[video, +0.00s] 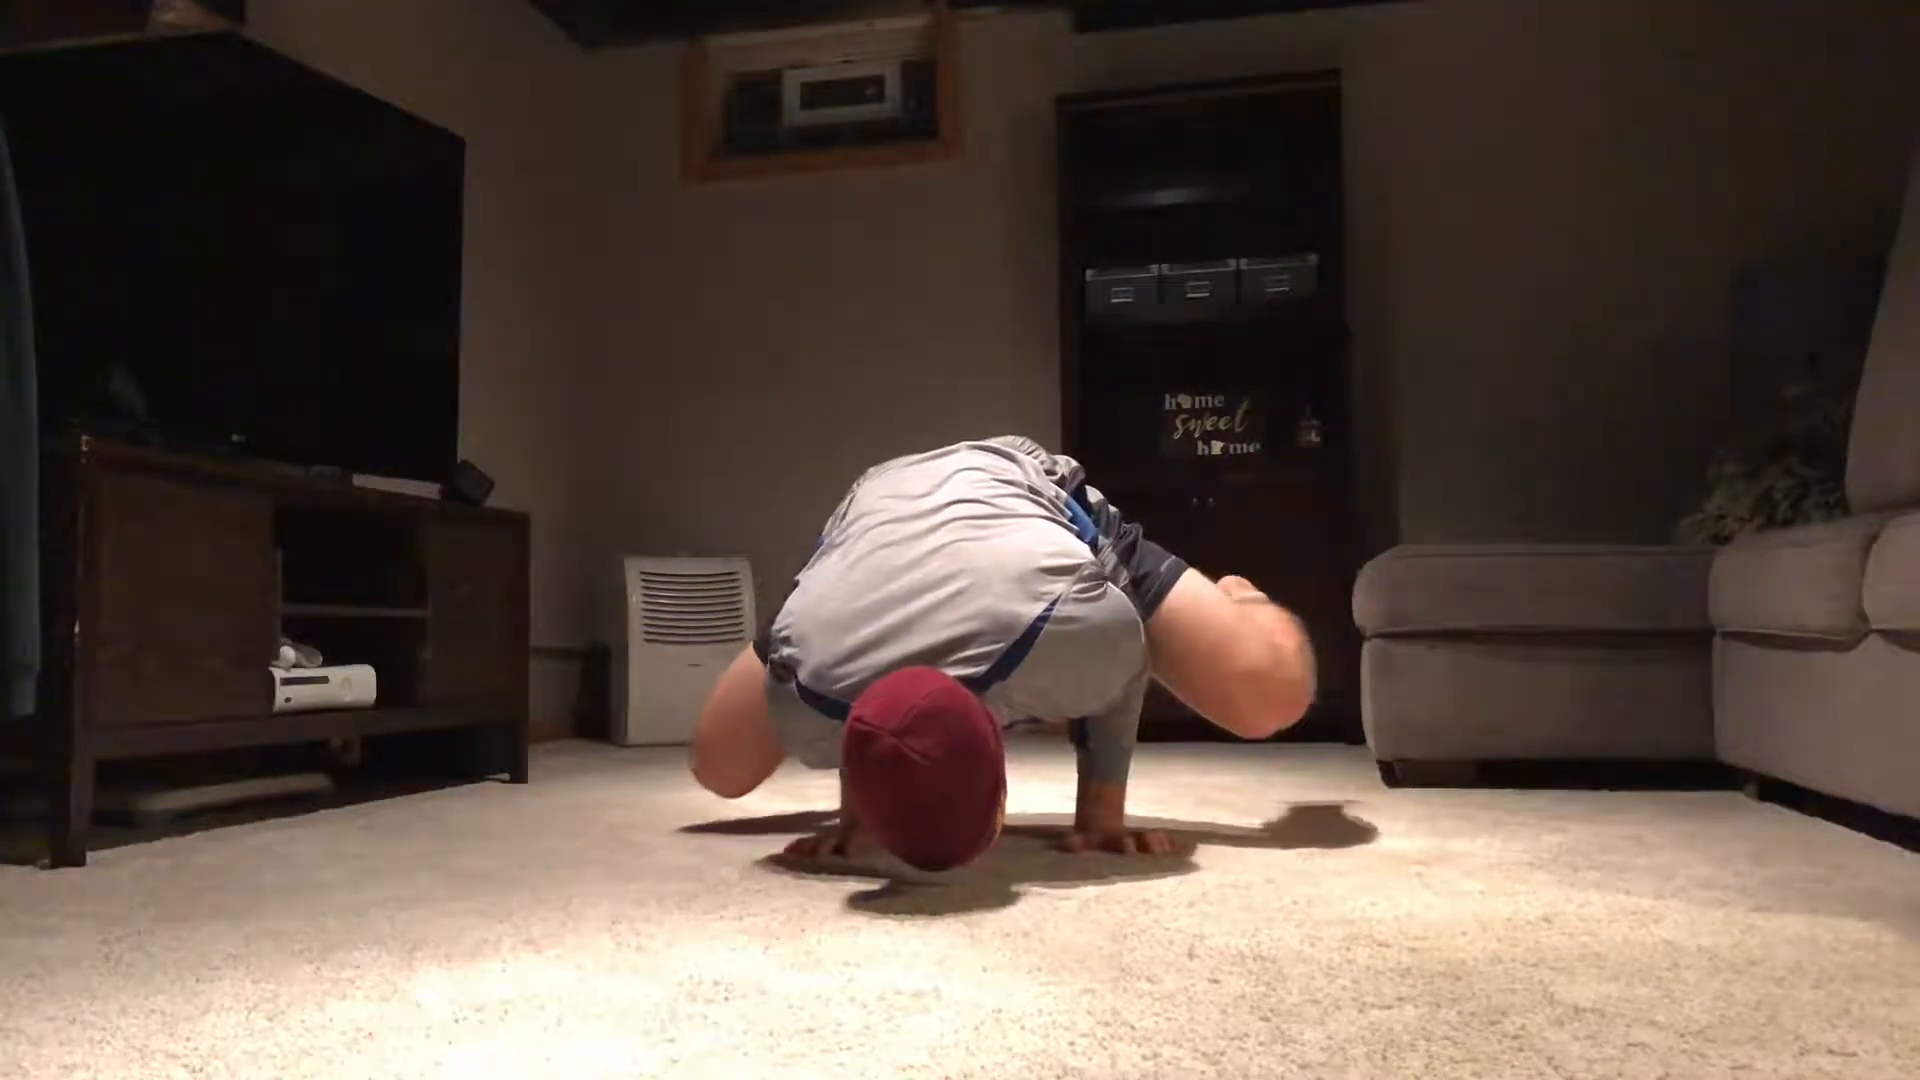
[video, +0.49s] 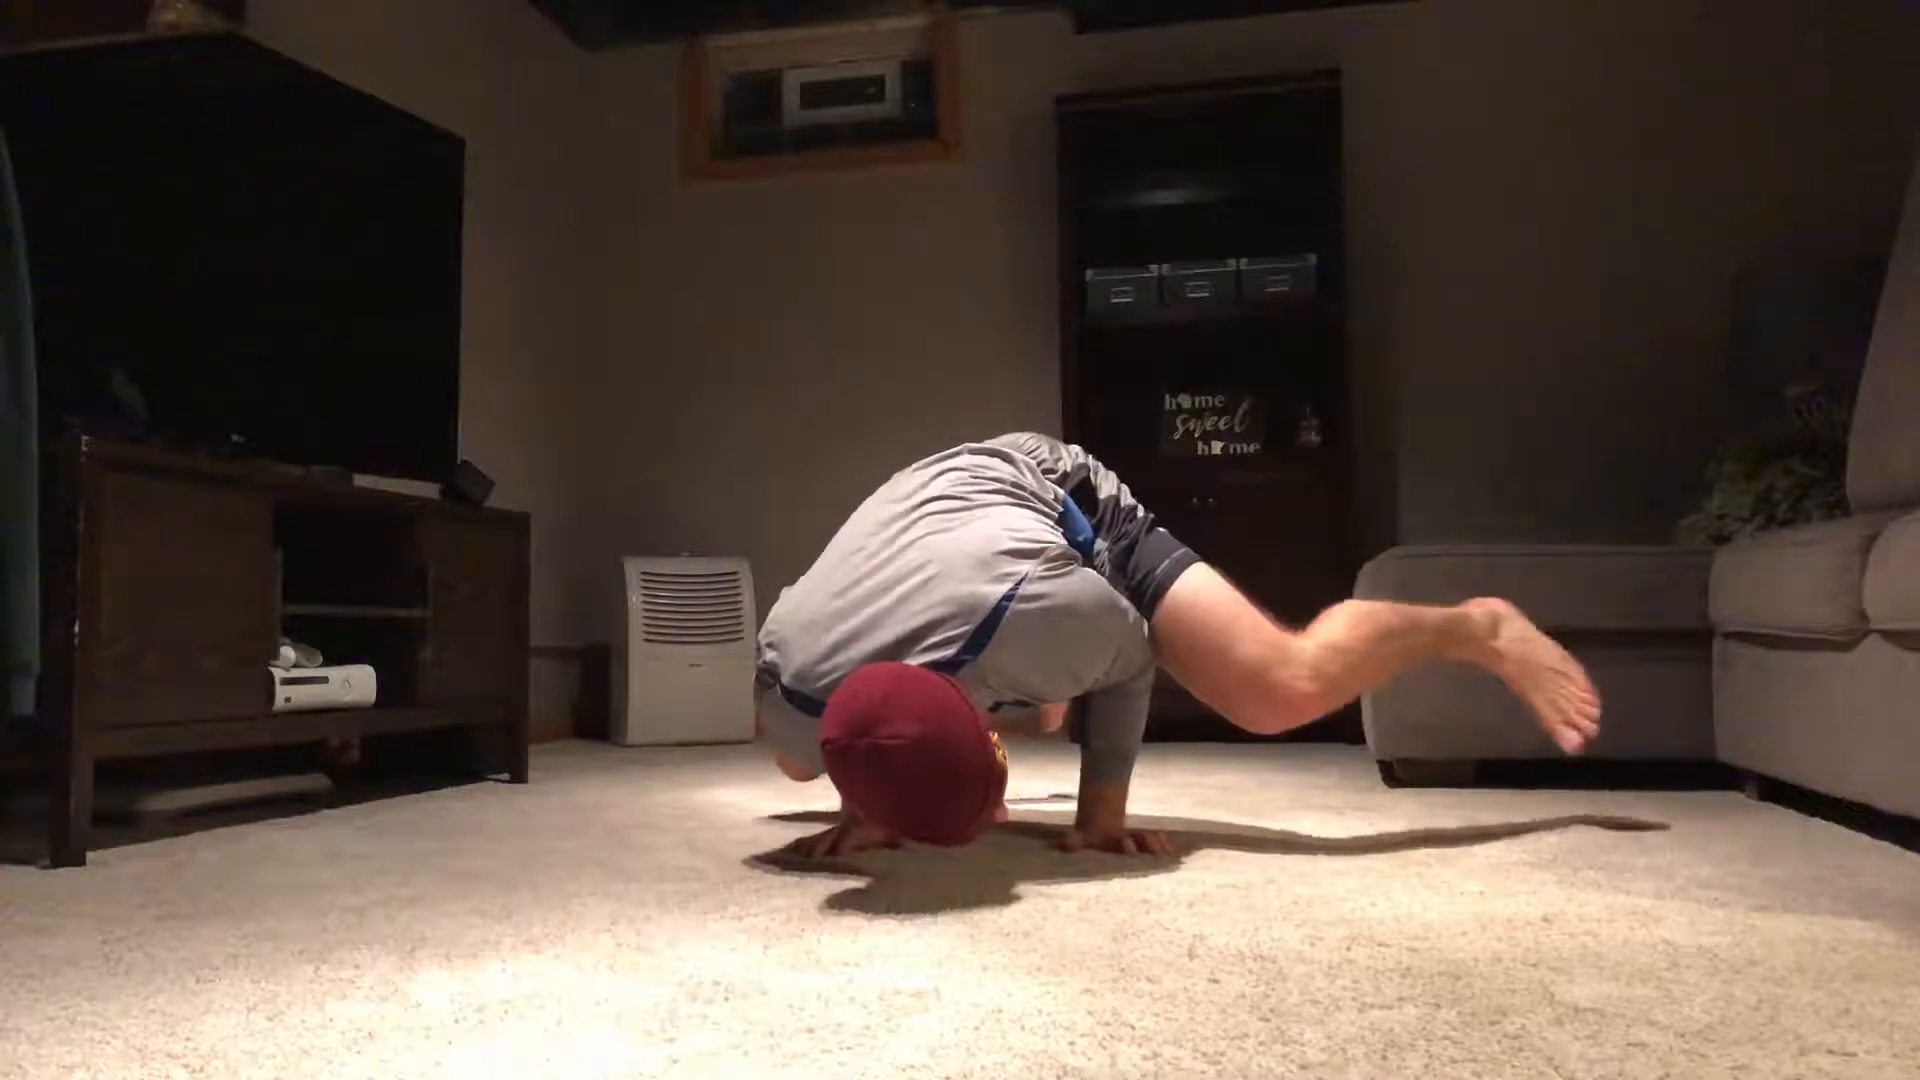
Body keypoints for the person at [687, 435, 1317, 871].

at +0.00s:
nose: (949, 864)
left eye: (964, 849)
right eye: (923, 858)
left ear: (989, 738)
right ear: (861, 753)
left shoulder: (1091, 639)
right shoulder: (794, 706)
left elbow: (1124, 672)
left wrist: (1101, 816)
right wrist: (855, 810)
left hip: (1027, 481)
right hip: (874, 499)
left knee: (1272, 703)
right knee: (720, 768)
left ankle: (1229, 599)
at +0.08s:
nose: (944, 863)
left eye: (959, 848)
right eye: (924, 856)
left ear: (984, 734)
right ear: (860, 749)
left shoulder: (1084, 640)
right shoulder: (788, 698)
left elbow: (1128, 660)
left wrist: (1102, 818)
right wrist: (857, 815)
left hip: (1027, 486)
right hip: (876, 503)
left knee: (1266, 705)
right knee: (725, 765)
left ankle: (1274, 610)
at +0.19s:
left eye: (958, 839)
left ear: (977, 734)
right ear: (844, 743)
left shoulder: (1076, 638)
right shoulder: (785, 695)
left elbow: (1124, 658)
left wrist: (1099, 820)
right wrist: (857, 811)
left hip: (1037, 489)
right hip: (886, 505)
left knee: (1265, 703)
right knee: (735, 764)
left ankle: (1311, 617)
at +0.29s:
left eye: (961, 819)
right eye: (921, 831)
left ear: (974, 729)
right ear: (841, 750)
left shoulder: (1056, 637)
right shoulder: (782, 697)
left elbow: (1123, 658)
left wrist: (1101, 818)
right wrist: (860, 803)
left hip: (1038, 492)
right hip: (895, 509)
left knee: (1270, 698)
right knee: (750, 759)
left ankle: (1359, 622)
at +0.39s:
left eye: (958, 805)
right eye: (925, 817)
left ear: (974, 722)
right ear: (851, 756)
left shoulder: (1054, 635)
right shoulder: (782, 681)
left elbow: (1127, 659)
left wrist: (1101, 816)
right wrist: (865, 808)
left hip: (1038, 488)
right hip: (898, 511)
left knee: (1269, 695)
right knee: (769, 760)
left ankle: (1419, 627)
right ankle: (1002, 722)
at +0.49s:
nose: (974, 824)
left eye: (973, 808)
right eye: (950, 825)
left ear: (971, 717)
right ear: (848, 763)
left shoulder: (1049, 629)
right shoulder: (782, 704)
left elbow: (1126, 651)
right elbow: (831, 746)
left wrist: (1105, 821)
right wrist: (866, 812)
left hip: (1045, 492)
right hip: (910, 511)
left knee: (1277, 693)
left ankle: (1476, 630)